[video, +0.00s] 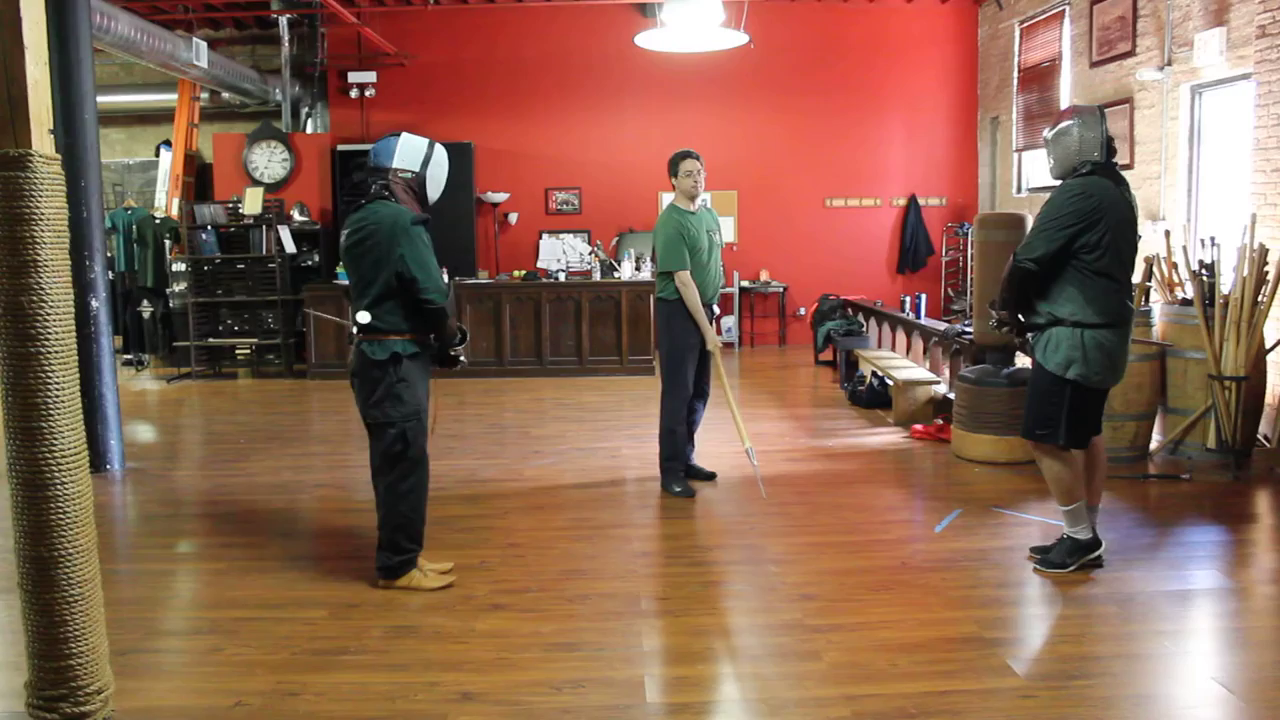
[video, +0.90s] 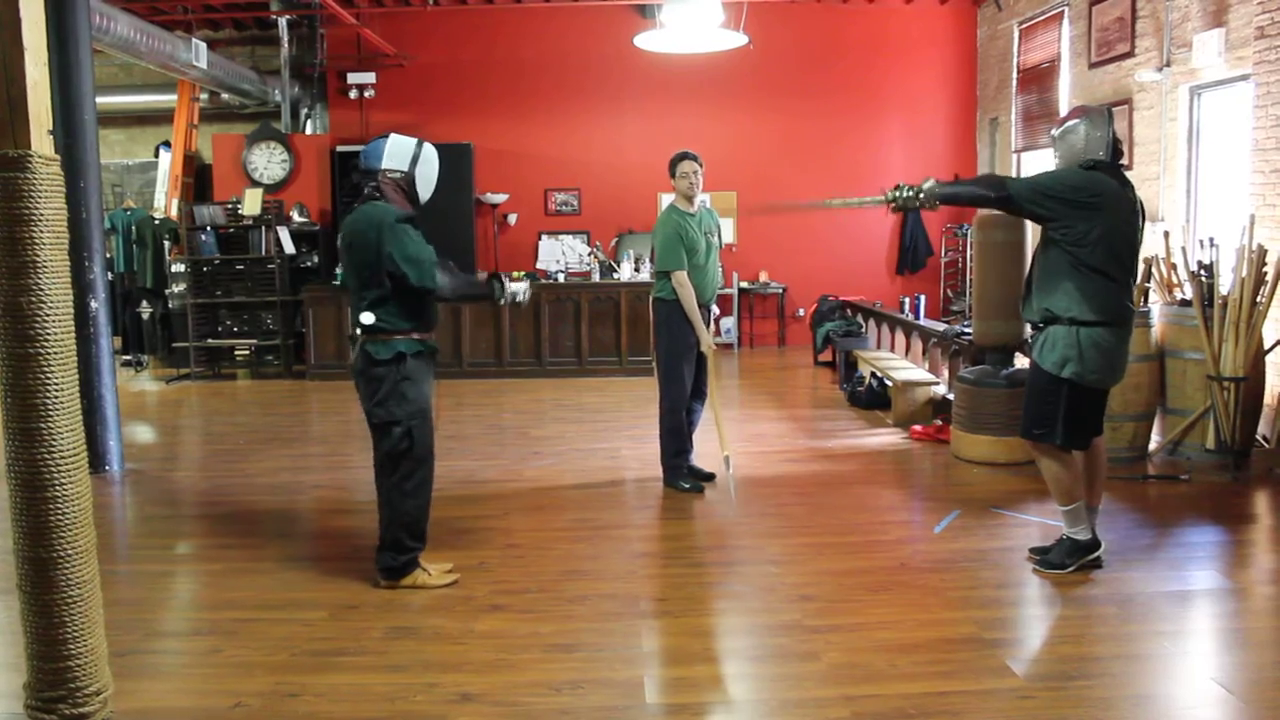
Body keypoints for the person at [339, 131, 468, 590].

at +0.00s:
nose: (427, 192)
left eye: (426, 183)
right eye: (422, 181)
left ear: (382, 178)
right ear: (403, 177)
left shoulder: (359, 222)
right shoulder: (401, 222)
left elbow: (377, 294)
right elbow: (432, 294)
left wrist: (434, 336)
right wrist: (450, 340)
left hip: (375, 357)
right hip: (396, 359)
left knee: (394, 461)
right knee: (404, 463)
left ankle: (399, 557)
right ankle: (398, 566)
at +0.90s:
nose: (418, 194)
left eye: (417, 186)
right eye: (412, 184)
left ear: (381, 181)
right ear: (391, 180)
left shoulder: (361, 221)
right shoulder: (387, 223)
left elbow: (423, 269)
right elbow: (436, 280)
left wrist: (480, 282)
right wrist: (492, 288)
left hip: (383, 355)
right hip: (398, 357)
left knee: (399, 460)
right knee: (410, 460)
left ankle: (399, 558)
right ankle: (400, 565)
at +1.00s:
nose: (394, 192)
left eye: (394, 183)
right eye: (390, 181)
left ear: (357, 176)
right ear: (369, 175)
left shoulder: (340, 219)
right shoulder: (351, 221)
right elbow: (399, 267)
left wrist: (430, 277)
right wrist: (460, 265)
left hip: (364, 353)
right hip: (368, 355)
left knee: (377, 458)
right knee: (380, 459)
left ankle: (373, 558)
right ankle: (372, 564)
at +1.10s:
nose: (379, 193)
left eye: (378, 184)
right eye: (374, 182)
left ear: (344, 180)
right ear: (351, 178)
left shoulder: (340, 221)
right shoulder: (324, 221)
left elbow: (369, 260)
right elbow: (367, 259)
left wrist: (434, 239)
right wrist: (436, 242)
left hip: (367, 355)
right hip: (349, 357)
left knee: (369, 459)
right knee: (364, 460)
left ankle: (361, 560)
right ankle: (358, 566)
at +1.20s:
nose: (352, 187)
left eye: (351, 179)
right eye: (346, 178)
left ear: (327, 179)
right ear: (325, 176)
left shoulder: (329, 218)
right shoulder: (299, 219)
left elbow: (357, 249)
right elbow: (331, 253)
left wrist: (404, 224)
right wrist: (382, 226)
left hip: (351, 353)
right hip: (328, 356)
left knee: (351, 457)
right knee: (343, 458)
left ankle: (343, 561)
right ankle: (339, 567)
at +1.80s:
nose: (350, 191)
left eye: (350, 182)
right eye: (345, 181)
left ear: (314, 178)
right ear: (324, 177)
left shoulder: (307, 223)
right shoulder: (297, 225)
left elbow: (347, 271)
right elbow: (344, 277)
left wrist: (404, 244)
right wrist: (401, 241)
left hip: (334, 358)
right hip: (319, 360)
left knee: (339, 462)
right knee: (336, 464)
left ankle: (336, 563)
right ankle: (334, 570)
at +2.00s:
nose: (354, 199)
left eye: (355, 191)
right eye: (351, 189)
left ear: (314, 182)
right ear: (330, 182)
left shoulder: (286, 225)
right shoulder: (313, 225)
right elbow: (372, 265)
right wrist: (391, 223)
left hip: (315, 360)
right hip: (331, 362)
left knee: (333, 466)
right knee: (342, 465)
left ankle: (335, 563)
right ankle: (335, 570)